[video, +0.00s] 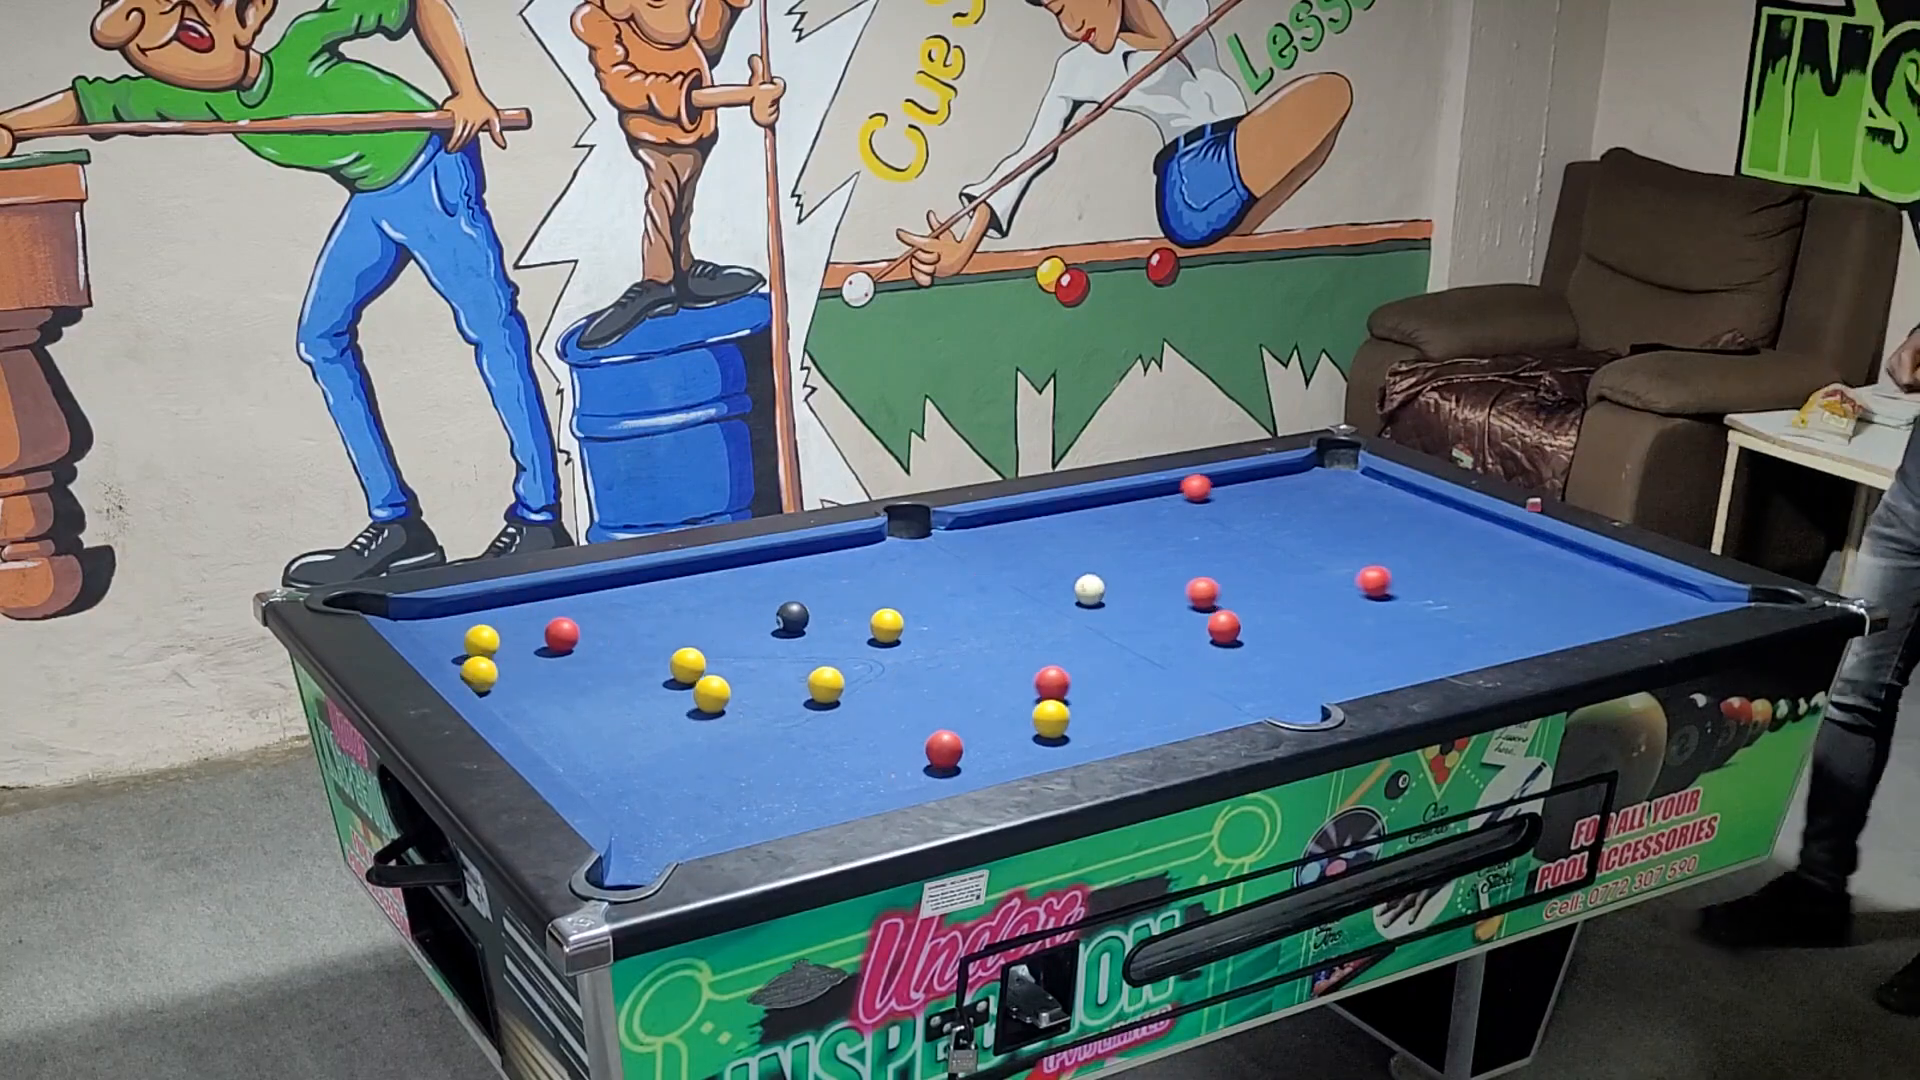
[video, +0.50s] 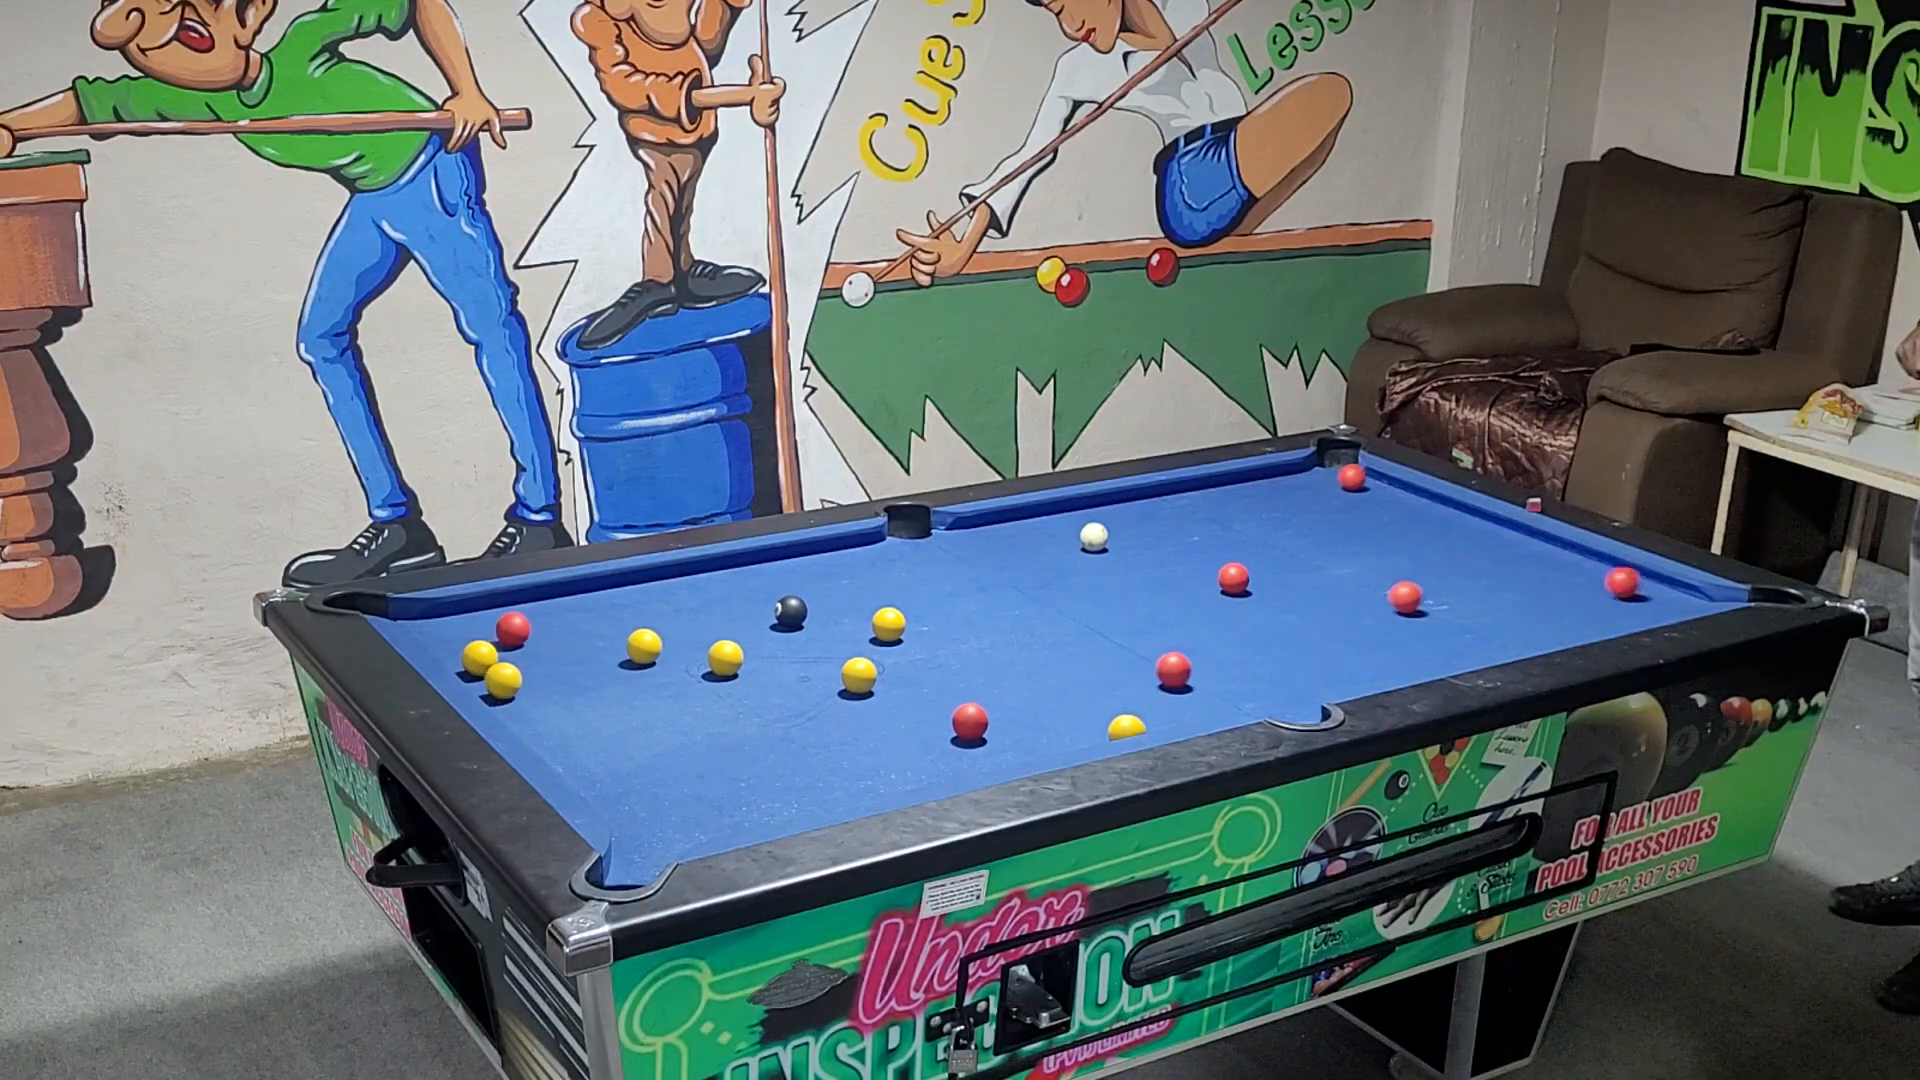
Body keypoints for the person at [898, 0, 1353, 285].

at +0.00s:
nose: (1070, 25)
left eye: (1070, 6)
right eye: (1057, 16)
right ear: (1056, 18)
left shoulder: (1177, 10)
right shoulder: (1077, 68)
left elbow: (1199, 60)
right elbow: (1028, 157)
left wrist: (1140, 14)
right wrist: (964, 246)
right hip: (1190, 185)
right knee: (1330, 91)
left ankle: (1239, 232)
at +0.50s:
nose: (1070, 25)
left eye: (1070, 6)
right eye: (1057, 16)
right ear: (1056, 18)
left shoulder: (1177, 10)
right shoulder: (1077, 69)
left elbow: (1198, 59)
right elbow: (1028, 157)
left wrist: (1143, 17)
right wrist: (963, 246)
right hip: (1190, 185)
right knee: (1330, 92)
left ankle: (1239, 231)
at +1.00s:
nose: (1069, 24)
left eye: (1070, 5)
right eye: (1056, 15)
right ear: (1056, 18)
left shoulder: (1176, 10)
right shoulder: (1076, 69)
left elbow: (1196, 59)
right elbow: (1028, 157)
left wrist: (1139, 14)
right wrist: (963, 247)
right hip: (1191, 184)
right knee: (1331, 91)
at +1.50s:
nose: (1069, 24)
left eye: (1070, 5)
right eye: (1057, 15)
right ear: (1056, 18)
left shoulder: (1176, 10)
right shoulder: (1076, 69)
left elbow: (1198, 61)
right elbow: (1028, 157)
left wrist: (1140, 13)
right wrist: (964, 245)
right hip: (1193, 183)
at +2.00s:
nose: (1069, 24)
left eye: (1070, 5)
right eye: (1057, 15)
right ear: (1056, 18)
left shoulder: (1176, 9)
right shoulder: (1076, 69)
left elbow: (1196, 58)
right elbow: (1028, 156)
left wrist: (1138, 12)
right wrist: (964, 245)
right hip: (1197, 168)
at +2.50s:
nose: (1069, 23)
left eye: (1071, 4)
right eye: (1056, 15)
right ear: (1055, 18)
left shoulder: (1176, 10)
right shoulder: (1076, 68)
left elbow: (1197, 61)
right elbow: (1028, 156)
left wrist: (1140, 11)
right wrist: (964, 245)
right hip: (1194, 183)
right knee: (1330, 91)